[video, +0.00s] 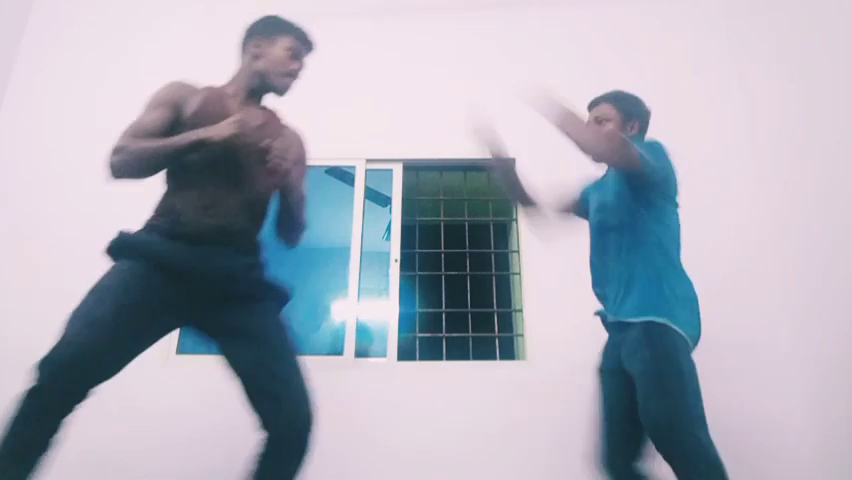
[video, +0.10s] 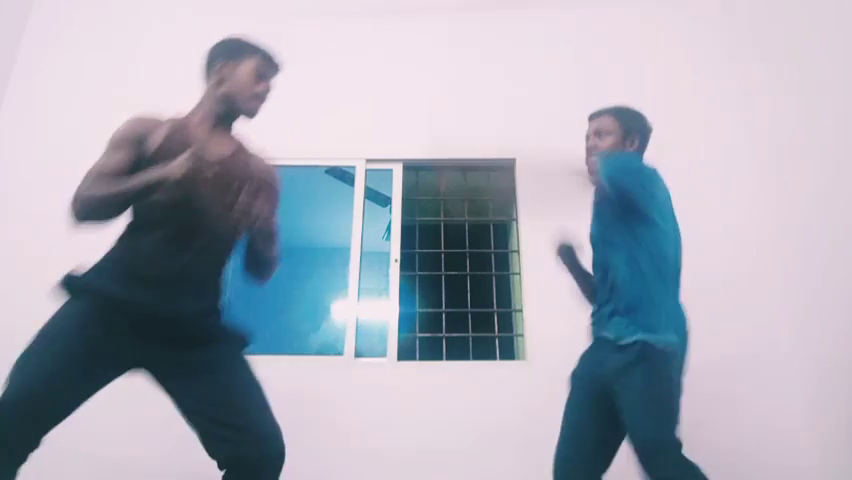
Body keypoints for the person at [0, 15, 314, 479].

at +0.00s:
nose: (298, 66)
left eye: (303, 59)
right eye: (292, 52)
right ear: (255, 49)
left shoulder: (287, 139)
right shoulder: (184, 98)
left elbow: (291, 234)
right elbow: (122, 161)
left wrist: (291, 184)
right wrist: (208, 135)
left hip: (238, 281)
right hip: (159, 267)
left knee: (292, 422)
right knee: (62, 374)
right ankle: (11, 471)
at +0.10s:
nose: (267, 88)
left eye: (270, 81)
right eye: (259, 75)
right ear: (221, 71)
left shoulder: (257, 173)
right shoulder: (146, 132)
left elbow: (261, 270)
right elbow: (84, 205)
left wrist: (261, 227)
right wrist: (165, 173)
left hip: (193, 330)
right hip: (110, 311)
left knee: (259, 455)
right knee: (12, 421)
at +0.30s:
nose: (238, 92)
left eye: (242, 86)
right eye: (230, 79)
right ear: (190, 76)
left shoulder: (235, 173)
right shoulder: (116, 136)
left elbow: (245, 272)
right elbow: (55, 220)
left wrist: (227, 239)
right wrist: (135, 190)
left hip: (184, 334)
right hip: (95, 320)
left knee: (275, 432)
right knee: (6, 414)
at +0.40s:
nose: (231, 89)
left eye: (234, 83)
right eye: (221, 76)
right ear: (181, 75)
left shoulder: (231, 168)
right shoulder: (108, 140)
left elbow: (257, 265)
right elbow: (54, 223)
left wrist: (238, 233)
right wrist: (138, 195)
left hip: (193, 339)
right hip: (104, 330)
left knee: (284, 462)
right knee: (11, 423)